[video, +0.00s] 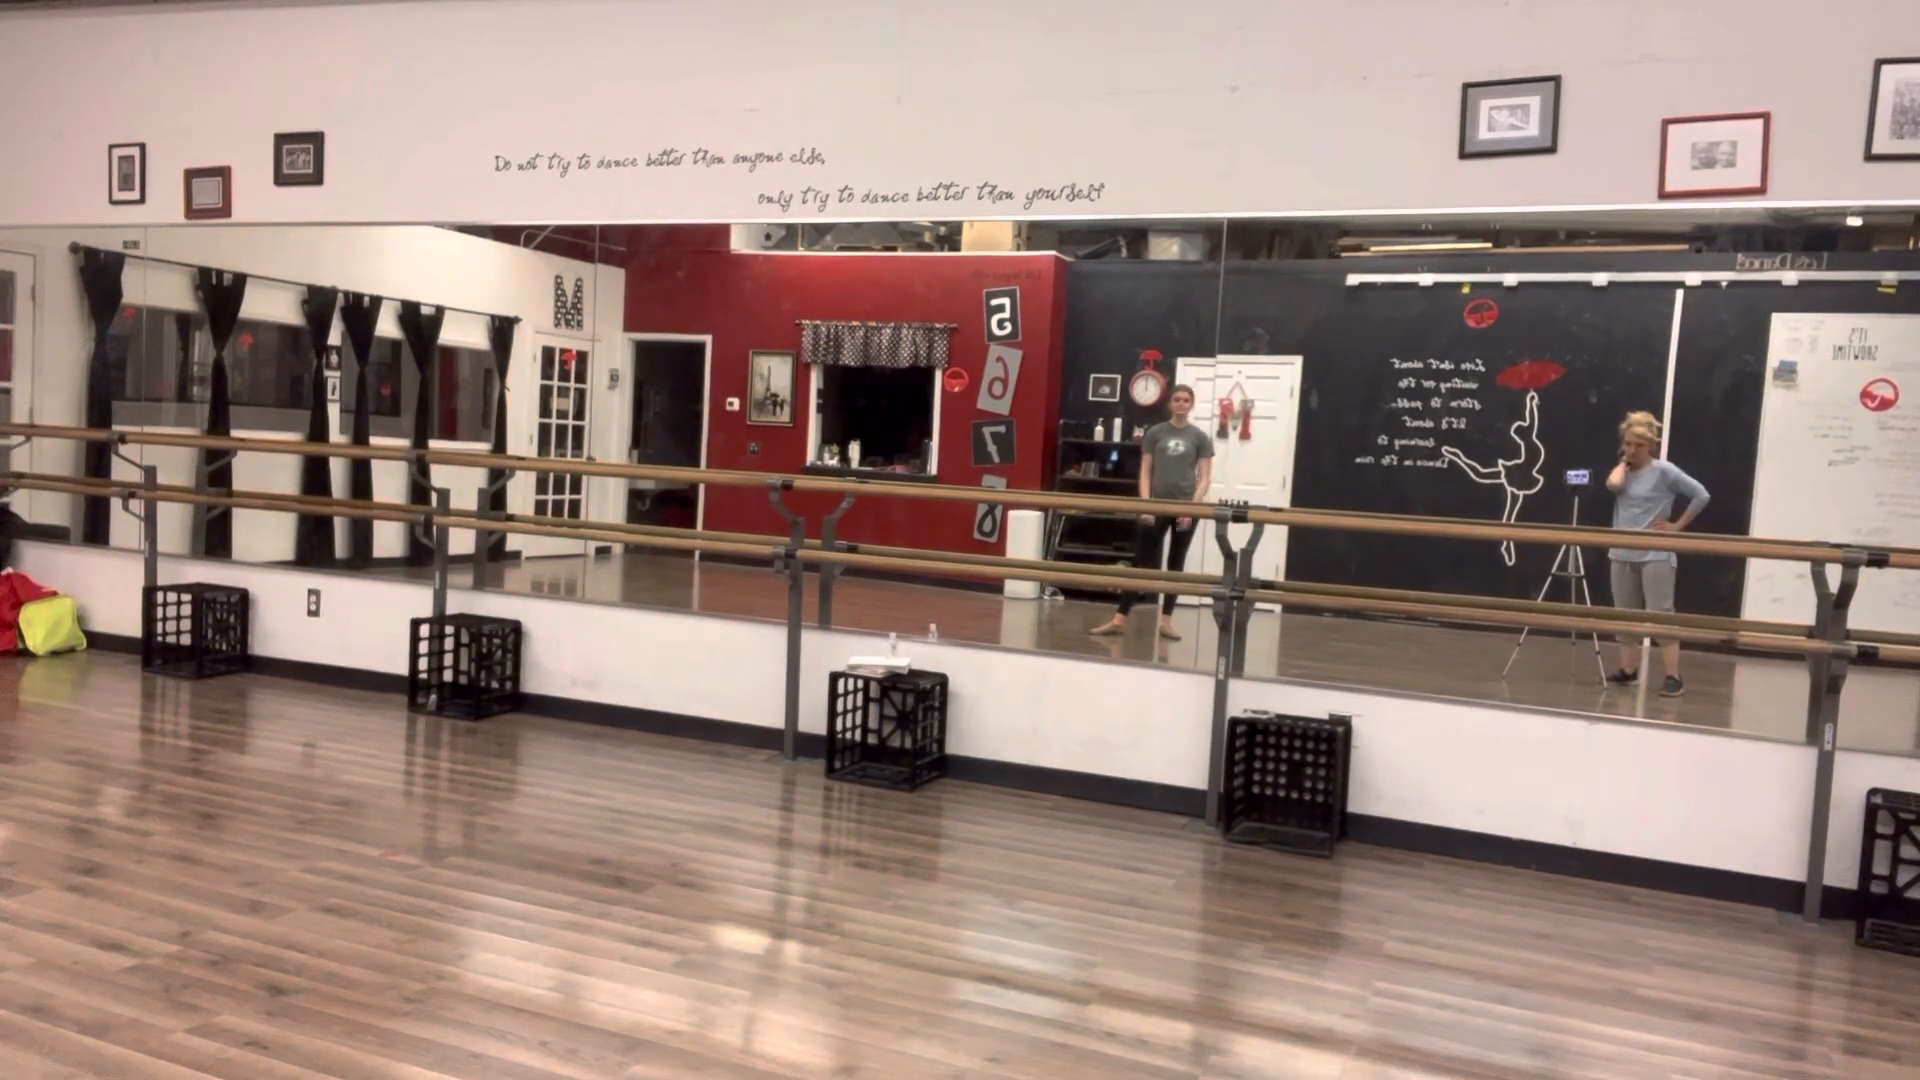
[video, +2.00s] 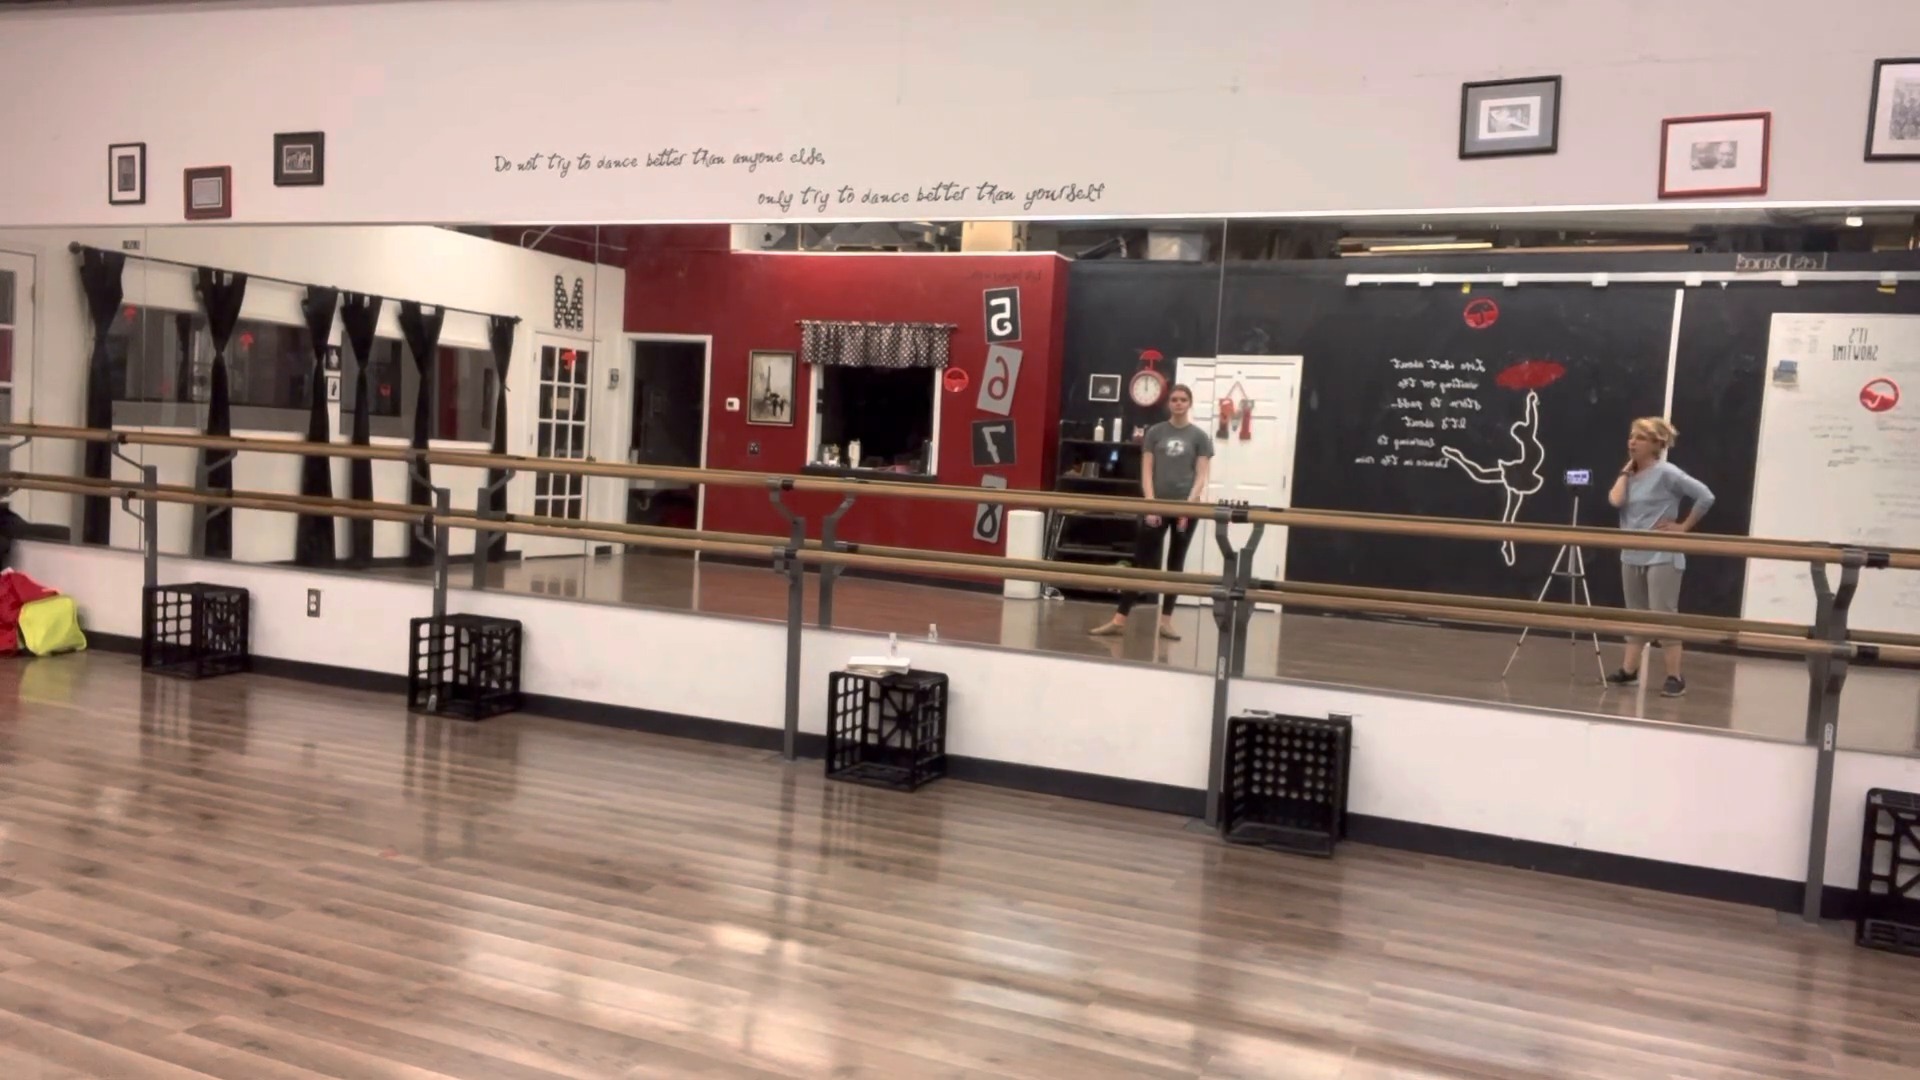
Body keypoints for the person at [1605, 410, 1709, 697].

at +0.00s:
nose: (1632, 450)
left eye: (1639, 445)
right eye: (1628, 444)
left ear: (1651, 446)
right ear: (1623, 445)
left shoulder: (1665, 471)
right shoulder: (1622, 470)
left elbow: (1701, 495)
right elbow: (1614, 484)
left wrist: (1677, 525)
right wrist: (1625, 460)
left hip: (1656, 554)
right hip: (1622, 553)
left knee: (1661, 615)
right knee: (1624, 615)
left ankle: (1672, 675)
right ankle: (1628, 669)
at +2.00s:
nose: (1632, 442)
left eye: (1639, 438)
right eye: (1631, 437)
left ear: (1655, 445)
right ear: (1629, 442)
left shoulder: (1667, 473)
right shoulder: (1628, 477)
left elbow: (1706, 497)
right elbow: (1616, 500)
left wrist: (1684, 526)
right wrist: (1625, 471)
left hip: (1663, 554)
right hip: (1632, 553)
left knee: (1664, 616)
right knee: (1634, 616)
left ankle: (1674, 676)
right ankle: (1628, 670)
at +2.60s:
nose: (1650, 446)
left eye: (1655, 441)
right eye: (1650, 441)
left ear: (1671, 444)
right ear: (1667, 445)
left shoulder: (1678, 472)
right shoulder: (1669, 471)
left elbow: (1698, 503)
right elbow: (1649, 503)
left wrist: (1692, 525)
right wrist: (1660, 471)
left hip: (1687, 555)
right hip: (1668, 553)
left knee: (1682, 618)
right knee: (1652, 611)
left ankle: (1688, 679)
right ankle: (1649, 667)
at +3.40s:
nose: (1658, 444)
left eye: (1662, 440)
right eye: (1659, 439)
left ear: (1677, 446)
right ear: (1683, 447)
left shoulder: (1670, 472)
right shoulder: (1698, 473)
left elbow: (1673, 498)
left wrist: (1665, 524)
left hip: (1670, 542)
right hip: (1693, 541)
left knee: (1642, 604)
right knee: (1679, 607)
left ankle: (1680, 655)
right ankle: (1681, 665)